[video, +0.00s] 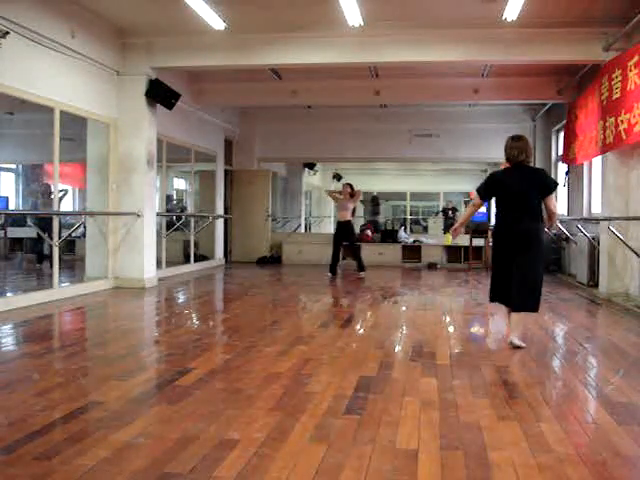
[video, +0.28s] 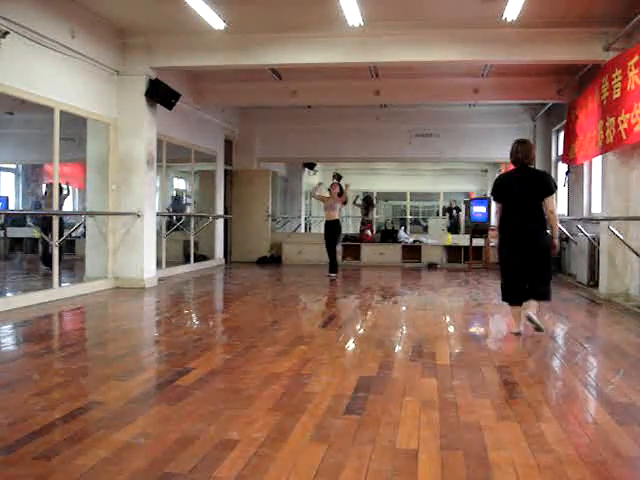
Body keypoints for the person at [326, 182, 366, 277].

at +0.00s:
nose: (345, 190)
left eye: (347, 188)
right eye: (344, 188)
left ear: (351, 190)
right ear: (342, 190)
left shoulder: (352, 201)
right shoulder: (339, 200)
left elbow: (359, 192)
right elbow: (329, 193)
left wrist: (353, 193)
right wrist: (338, 192)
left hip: (348, 222)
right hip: (339, 222)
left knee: (353, 247)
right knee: (336, 248)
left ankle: (361, 270)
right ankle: (332, 272)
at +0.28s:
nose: (334, 188)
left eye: (336, 186)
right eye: (333, 186)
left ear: (339, 190)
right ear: (330, 188)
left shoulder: (338, 200)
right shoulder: (326, 199)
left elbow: (344, 200)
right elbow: (314, 195)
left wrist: (346, 192)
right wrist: (317, 186)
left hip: (335, 221)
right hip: (328, 221)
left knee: (332, 247)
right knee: (329, 248)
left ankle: (333, 271)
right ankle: (332, 270)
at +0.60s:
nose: (318, 187)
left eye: (321, 185)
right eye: (317, 185)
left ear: (325, 188)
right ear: (315, 187)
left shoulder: (326, 198)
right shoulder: (311, 197)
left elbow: (332, 186)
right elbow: (300, 191)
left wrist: (324, 181)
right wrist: (308, 182)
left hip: (322, 222)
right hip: (313, 222)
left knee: (318, 250)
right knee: (312, 249)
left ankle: (315, 273)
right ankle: (324, 264)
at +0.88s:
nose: (306, 188)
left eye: (308, 186)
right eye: (305, 186)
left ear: (312, 188)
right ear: (303, 188)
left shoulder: (315, 198)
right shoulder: (300, 198)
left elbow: (322, 186)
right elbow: (290, 190)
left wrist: (311, 179)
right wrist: (295, 181)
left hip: (312, 222)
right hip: (302, 222)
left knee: (315, 250)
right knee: (297, 250)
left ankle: (315, 273)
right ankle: (291, 273)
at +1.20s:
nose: (291, 187)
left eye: (293, 185)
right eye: (290, 185)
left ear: (297, 187)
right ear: (287, 187)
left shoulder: (299, 196)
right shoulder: (284, 196)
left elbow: (308, 189)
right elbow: (273, 190)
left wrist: (305, 183)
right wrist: (278, 182)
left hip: (295, 220)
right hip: (286, 221)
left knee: (295, 249)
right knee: (286, 249)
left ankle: (296, 273)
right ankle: (286, 273)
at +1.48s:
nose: (282, 189)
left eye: (283, 187)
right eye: (280, 187)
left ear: (287, 188)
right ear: (277, 189)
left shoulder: (290, 198)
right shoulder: (274, 198)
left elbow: (297, 190)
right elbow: (263, 191)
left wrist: (292, 183)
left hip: (286, 223)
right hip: (276, 223)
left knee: (287, 250)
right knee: (270, 249)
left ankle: (286, 274)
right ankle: (274, 272)